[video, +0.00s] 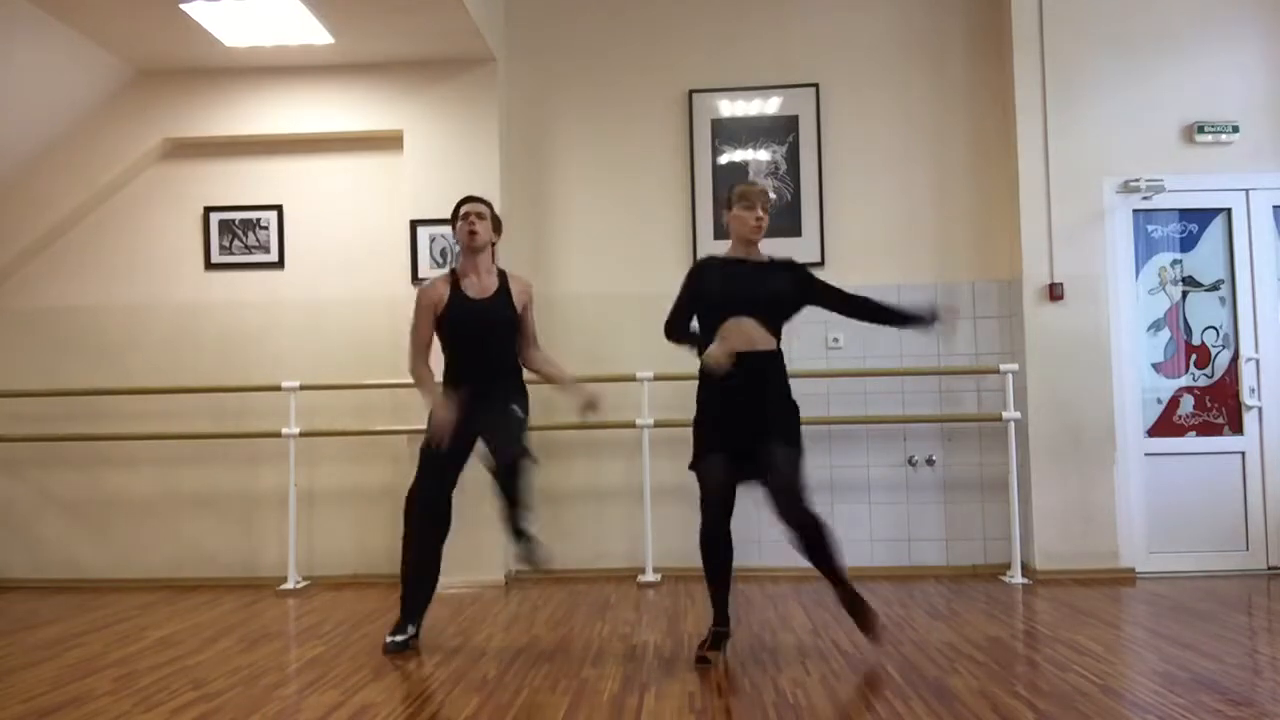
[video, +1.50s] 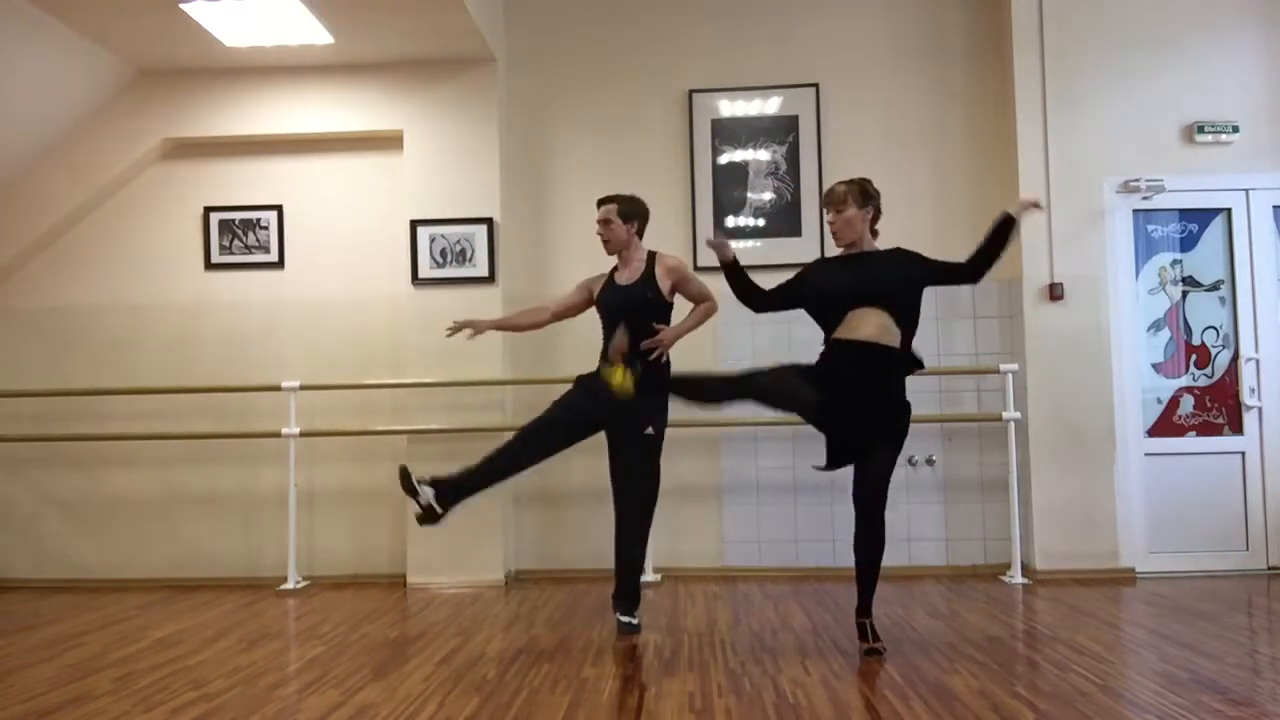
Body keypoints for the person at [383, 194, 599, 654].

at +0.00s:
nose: (470, 224)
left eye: (479, 218)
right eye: (464, 219)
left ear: (495, 233)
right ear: (454, 234)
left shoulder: (517, 289)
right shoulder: (435, 293)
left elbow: (532, 353)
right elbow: (419, 362)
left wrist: (576, 388)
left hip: (504, 399)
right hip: (456, 401)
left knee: (509, 456)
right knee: (426, 502)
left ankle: (522, 535)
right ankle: (409, 619)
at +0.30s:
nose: (522, 232)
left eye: (530, 225)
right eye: (514, 227)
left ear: (548, 237)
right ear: (507, 240)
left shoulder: (562, 278)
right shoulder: (506, 294)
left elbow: (579, 249)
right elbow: (484, 333)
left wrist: (582, 212)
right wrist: (455, 363)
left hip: (586, 408)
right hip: (539, 413)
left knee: (610, 509)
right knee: (510, 493)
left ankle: (624, 605)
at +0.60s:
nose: (588, 226)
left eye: (595, 218)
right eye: (580, 219)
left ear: (610, 227)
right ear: (570, 229)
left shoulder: (627, 279)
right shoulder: (563, 282)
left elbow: (597, 326)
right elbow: (535, 316)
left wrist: (549, 301)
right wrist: (508, 332)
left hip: (633, 406)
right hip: (590, 411)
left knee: (637, 509)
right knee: (627, 511)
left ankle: (624, 603)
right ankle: (677, 603)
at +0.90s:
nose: (609, 227)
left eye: (616, 220)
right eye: (602, 221)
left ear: (630, 228)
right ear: (591, 230)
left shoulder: (645, 277)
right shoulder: (582, 279)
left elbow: (616, 329)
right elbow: (554, 301)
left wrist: (570, 297)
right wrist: (525, 311)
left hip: (646, 403)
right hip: (602, 404)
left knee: (641, 506)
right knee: (606, 484)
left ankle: (627, 604)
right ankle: (672, 542)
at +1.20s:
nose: (618, 230)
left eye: (625, 223)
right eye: (611, 224)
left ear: (640, 231)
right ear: (602, 232)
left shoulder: (657, 283)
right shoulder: (593, 283)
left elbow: (686, 344)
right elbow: (544, 302)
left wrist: (632, 344)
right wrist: (504, 313)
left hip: (647, 410)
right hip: (602, 406)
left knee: (642, 509)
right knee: (574, 491)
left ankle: (629, 603)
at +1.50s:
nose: (600, 231)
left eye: (608, 224)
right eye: (599, 224)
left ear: (633, 227)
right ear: (611, 230)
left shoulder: (667, 268)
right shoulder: (598, 285)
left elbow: (708, 303)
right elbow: (546, 314)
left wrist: (676, 333)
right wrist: (488, 324)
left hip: (643, 400)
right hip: (599, 391)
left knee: (635, 508)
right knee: (527, 444)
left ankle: (627, 605)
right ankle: (441, 496)